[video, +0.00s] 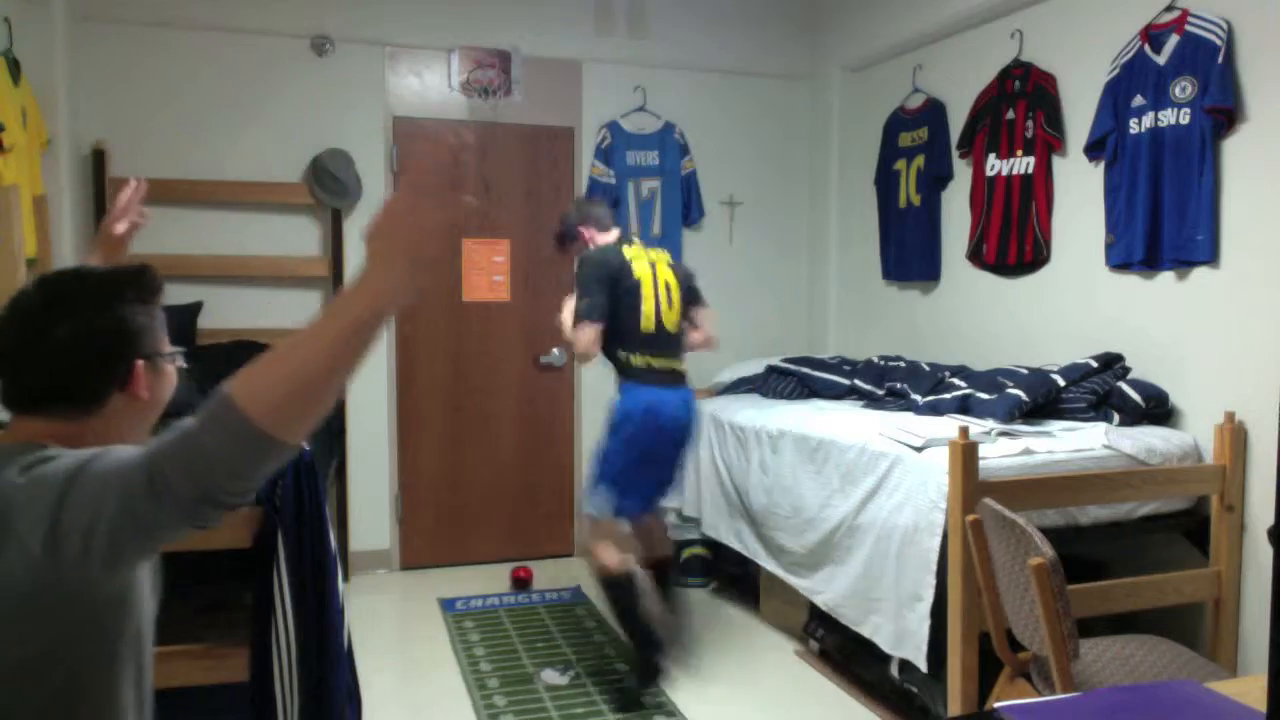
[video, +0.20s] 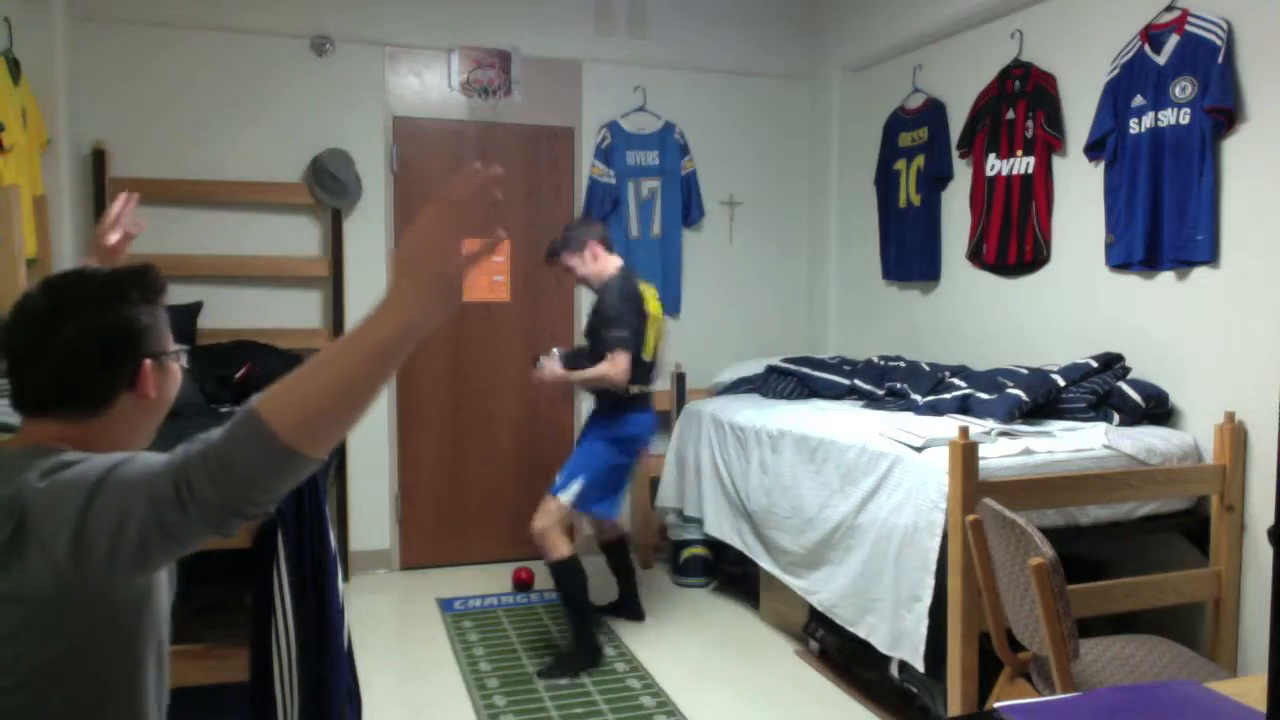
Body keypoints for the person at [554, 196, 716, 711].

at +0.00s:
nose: (579, 250)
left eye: (576, 243)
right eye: (577, 244)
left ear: (587, 234)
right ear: (615, 225)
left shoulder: (599, 261)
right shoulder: (666, 261)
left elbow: (586, 345)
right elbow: (704, 334)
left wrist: (567, 321)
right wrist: (652, 338)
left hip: (639, 399)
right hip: (679, 399)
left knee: (599, 533)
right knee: (645, 513)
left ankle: (645, 650)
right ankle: (673, 622)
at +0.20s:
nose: (573, 275)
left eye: (573, 265)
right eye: (569, 268)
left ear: (595, 250)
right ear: (594, 253)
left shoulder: (621, 294)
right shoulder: (616, 290)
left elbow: (618, 371)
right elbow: (604, 351)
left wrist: (563, 373)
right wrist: (565, 358)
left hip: (620, 423)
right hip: (620, 419)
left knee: (547, 525)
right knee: (601, 510)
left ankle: (584, 648)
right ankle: (629, 600)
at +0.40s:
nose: (569, 245)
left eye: (571, 235)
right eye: (564, 238)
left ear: (594, 223)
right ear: (573, 233)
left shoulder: (632, 269)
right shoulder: (588, 271)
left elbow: (642, 336)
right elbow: (566, 324)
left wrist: (586, 313)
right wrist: (578, 290)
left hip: (611, 385)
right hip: (579, 381)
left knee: (564, 496)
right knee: (573, 492)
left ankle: (578, 599)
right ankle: (625, 576)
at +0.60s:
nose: (563, 246)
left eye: (571, 237)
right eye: (557, 239)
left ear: (593, 236)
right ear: (552, 244)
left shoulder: (614, 281)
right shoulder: (563, 286)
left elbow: (660, 338)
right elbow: (549, 340)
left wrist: (607, 307)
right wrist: (556, 323)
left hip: (606, 401)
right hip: (568, 398)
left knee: (575, 507)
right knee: (568, 503)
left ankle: (599, 585)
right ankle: (588, 574)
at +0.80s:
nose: (570, 225)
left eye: (578, 217)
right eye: (563, 218)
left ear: (594, 220)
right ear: (553, 223)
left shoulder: (614, 263)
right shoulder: (545, 268)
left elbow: (659, 314)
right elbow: (532, 334)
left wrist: (597, 286)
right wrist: (538, 305)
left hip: (610, 386)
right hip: (568, 385)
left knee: (606, 487)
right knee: (563, 485)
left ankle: (607, 573)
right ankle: (586, 562)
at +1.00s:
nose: (580, 239)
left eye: (587, 229)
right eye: (572, 230)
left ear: (601, 231)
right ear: (562, 234)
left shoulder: (624, 277)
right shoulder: (547, 281)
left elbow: (656, 339)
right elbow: (528, 340)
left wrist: (609, 317)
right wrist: (567, 323)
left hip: (616, 396)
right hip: (568, 398)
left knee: (635, 501)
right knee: (575, 494)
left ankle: (629, 582)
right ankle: (587, 563)